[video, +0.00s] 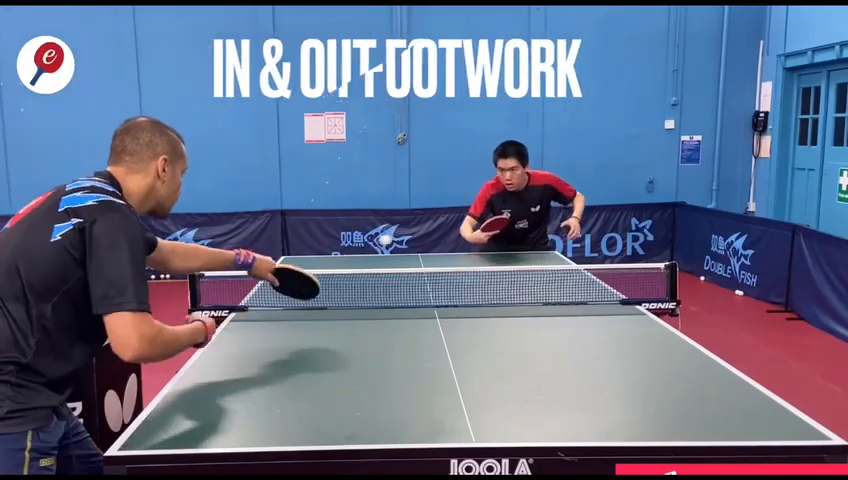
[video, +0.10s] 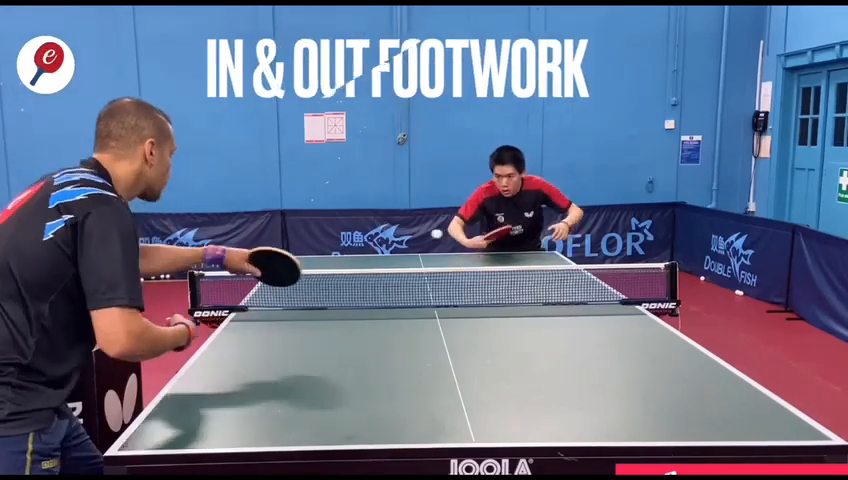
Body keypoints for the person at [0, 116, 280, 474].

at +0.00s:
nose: (179, 191)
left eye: (183, 177)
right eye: (181, 176)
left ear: (118, 161)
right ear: (161, 169)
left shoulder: (80, 195)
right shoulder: (112, 217)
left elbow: (163, 254)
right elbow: (134, 342)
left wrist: (248, 260)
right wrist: (201, 330)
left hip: (40, 402)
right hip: (16, 412)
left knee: (92, 469)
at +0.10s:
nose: (170, 167)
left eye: (172, 156)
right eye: (170, 155)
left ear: (104, 145)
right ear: (148, 152)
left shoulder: (65, 184)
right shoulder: (104, 209)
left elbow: (127, 259)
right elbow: (120, 338)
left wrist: (219, 256)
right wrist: (178, 335)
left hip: (44, 405)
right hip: (16, 414)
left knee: (91, 468)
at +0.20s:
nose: (153, 153)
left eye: (154, 141)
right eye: (152, 140)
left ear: (82, 133)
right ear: (130, 136)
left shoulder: (34, 182)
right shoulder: (90, 202)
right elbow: (104, 338)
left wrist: (161, 272)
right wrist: (158, 341)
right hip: (23, 427)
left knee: (97, 469)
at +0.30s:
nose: (137, 139)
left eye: (137, 125)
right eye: (135, 124)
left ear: (62, 121)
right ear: (112, 123)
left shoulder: (14, 173)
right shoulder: (78, 197)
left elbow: (29, 301)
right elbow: (87, 336)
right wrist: (137, 346)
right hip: (29, 436)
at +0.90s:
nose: (126, 135)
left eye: (127, 122)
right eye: (125, 121)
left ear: (55, 115)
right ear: (101, 116)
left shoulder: (9, 168)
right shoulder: (87, 189)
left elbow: (23, 299)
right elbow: (134, 320)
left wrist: (102, 312)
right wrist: (187, 323)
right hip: (30, 435)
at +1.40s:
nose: (162, 186)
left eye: (167, 173)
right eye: (165, 172)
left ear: (99, 152)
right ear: (145, 161)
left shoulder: (31, 192)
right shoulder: (131, 221)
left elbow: (48, 286)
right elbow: (198, 324)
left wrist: (140, 309)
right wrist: (239, 318)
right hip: (21, 430)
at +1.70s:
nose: (173, 213)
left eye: (178, 199)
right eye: (178, 197)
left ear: (115, 176)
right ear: (162, 186)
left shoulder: (52, 211)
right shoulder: (128, 237)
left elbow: (94, 294)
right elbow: (183, 360)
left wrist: (178, 308)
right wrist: (231, 351)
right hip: (18, 425)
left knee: (89, 469)